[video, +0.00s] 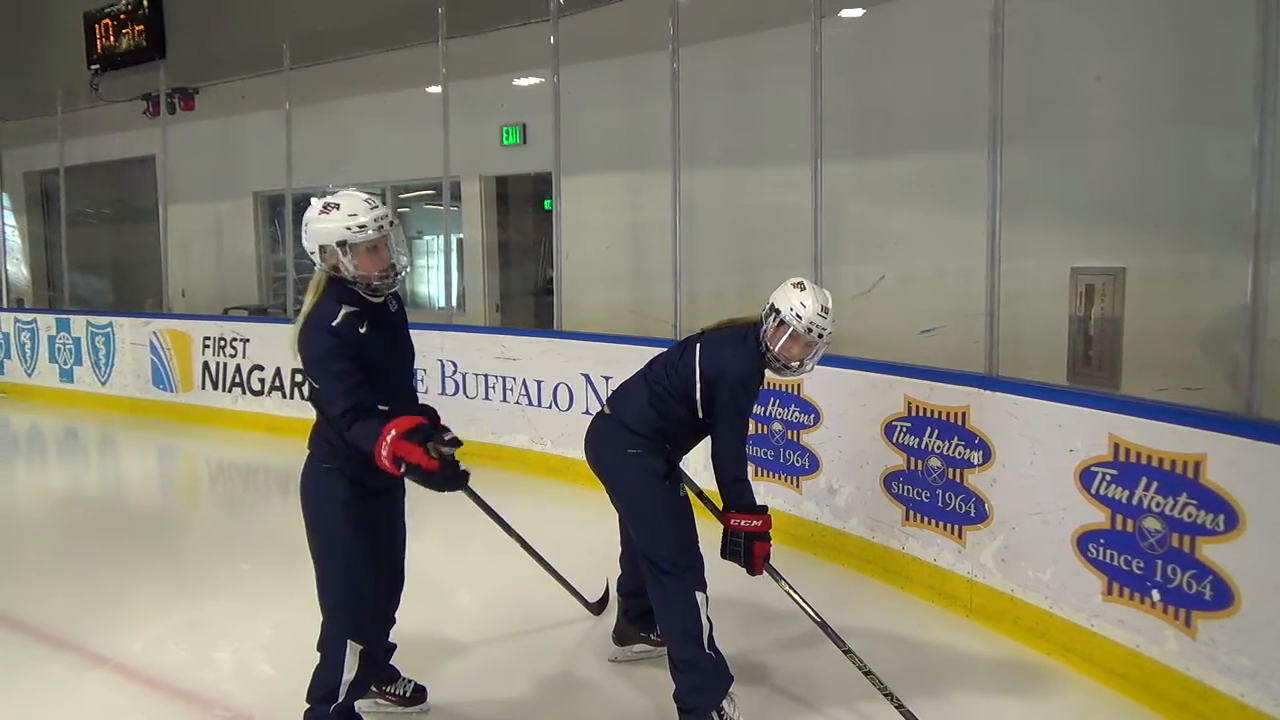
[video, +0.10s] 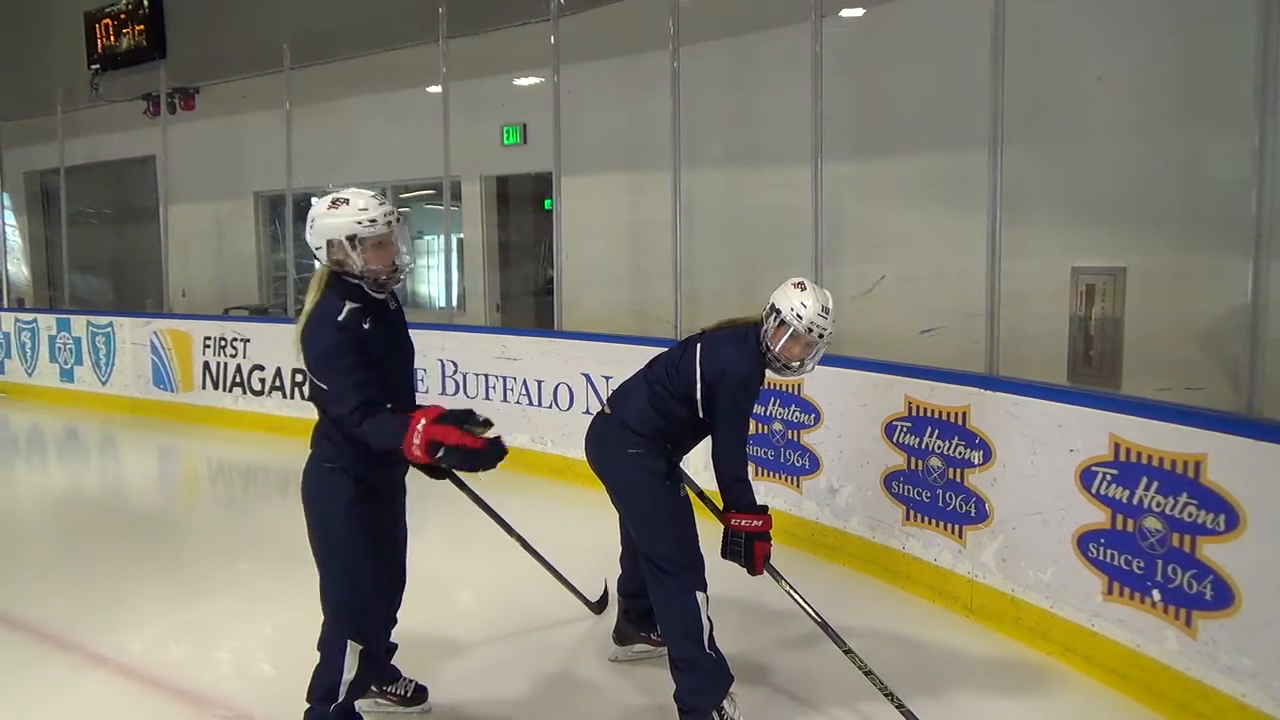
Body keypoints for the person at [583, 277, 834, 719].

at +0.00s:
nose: (790, 349)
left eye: (804, 343)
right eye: (786, 334)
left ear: (817, 347)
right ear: (770, 322)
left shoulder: (741, 341)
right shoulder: (740, 365)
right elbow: (728, 450)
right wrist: (746, 517)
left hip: (619, 435)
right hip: (634, 446)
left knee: (644, 534)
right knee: (678, 569)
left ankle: (635, 625)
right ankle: (703, 703)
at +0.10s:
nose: (790, 348)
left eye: (803, 342)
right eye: (786, 334)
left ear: (817, 346)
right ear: (770, 321)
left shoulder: (741, 343)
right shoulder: (740, 364)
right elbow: (729, 450)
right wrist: (746, 517)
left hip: (619, 435)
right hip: (634, 446)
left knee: (644, 535)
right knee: (679, 569)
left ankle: (636, 624)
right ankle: (704, 703)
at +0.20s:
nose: (792, 349)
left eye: (805, 342)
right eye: (788, 334)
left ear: (818, 346)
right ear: (771, 322)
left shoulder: (741, 341)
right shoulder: (741, 365)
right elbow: (729, 450)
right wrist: (746, 517)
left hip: (618, 435)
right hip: (636, 447)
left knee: (644, 534)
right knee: (680, 570)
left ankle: (636, 624)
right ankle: (704, 703)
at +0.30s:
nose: (793, 349)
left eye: (806, 343)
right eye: (789, 335)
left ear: (819, 346)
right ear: (772, 322)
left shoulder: (742, 341)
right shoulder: (741, 364)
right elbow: (729, 449)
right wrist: (746, 516)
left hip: (620, 435)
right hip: (635, 446)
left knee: (645, 534)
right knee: (679, 569)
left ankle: (636, 624)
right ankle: (704, 703)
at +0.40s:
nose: (794, 350)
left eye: (807, 343)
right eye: (790, 335)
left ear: (819, 346)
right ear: (772, 323)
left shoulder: (743, 341)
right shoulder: (741, 364)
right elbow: (730, 450)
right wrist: (747, 517)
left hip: (619, 435)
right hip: (635, 447)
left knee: (645, 534)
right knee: (680, 569)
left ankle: (637, 624)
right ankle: (704, 703)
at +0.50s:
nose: (793, 349)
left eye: (806, 343)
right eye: (789, 335)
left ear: (819, 347)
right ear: (772, 322)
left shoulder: (742, 341)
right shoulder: (742, 364)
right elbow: (730, 449)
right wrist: (747, 517)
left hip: (619, 436)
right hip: (636, 447)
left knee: (645, 536)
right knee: (679, 569)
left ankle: (637, 625)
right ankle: (704, 704)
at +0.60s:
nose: (793, 349)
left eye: (806, 343)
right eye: (789, 335)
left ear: (818, 347)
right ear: (772, 322)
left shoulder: (743, 340)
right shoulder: (742, 364)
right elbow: (730, 450)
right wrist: (748, 518)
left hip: (619, 435)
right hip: (636, 447)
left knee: (645, 536)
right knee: (680, 570)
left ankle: (637, 625)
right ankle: (704, 704)